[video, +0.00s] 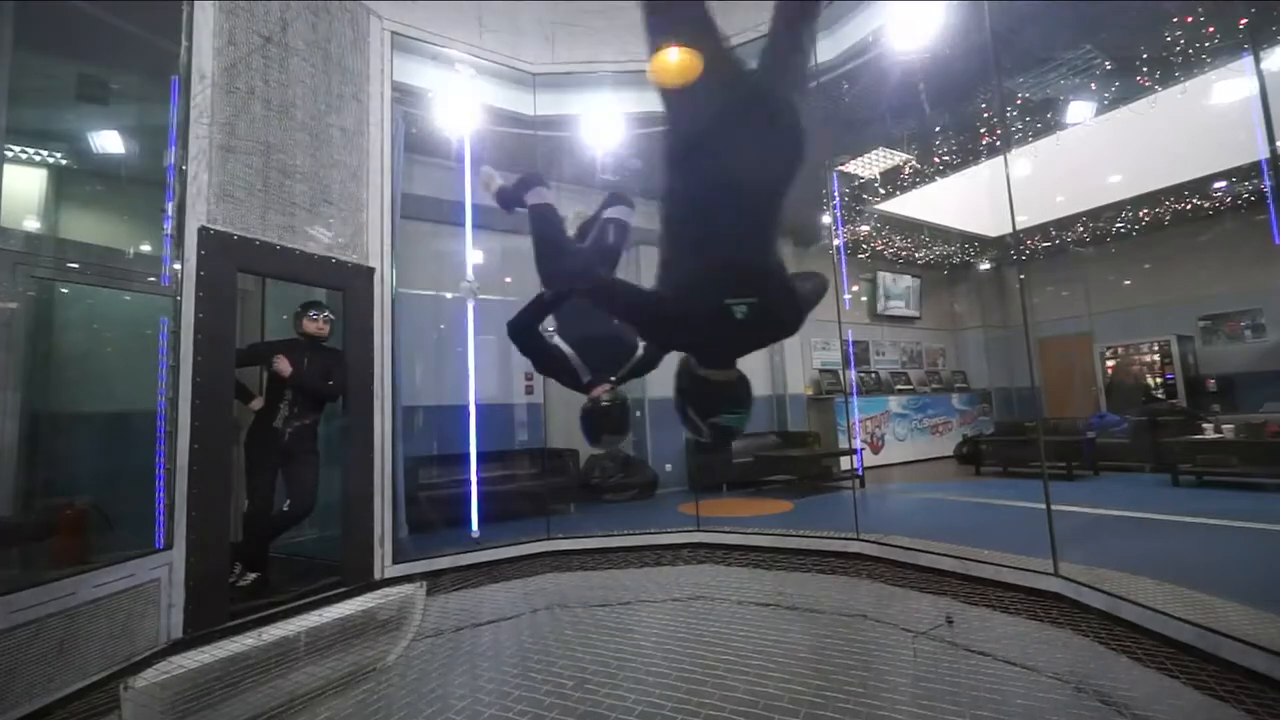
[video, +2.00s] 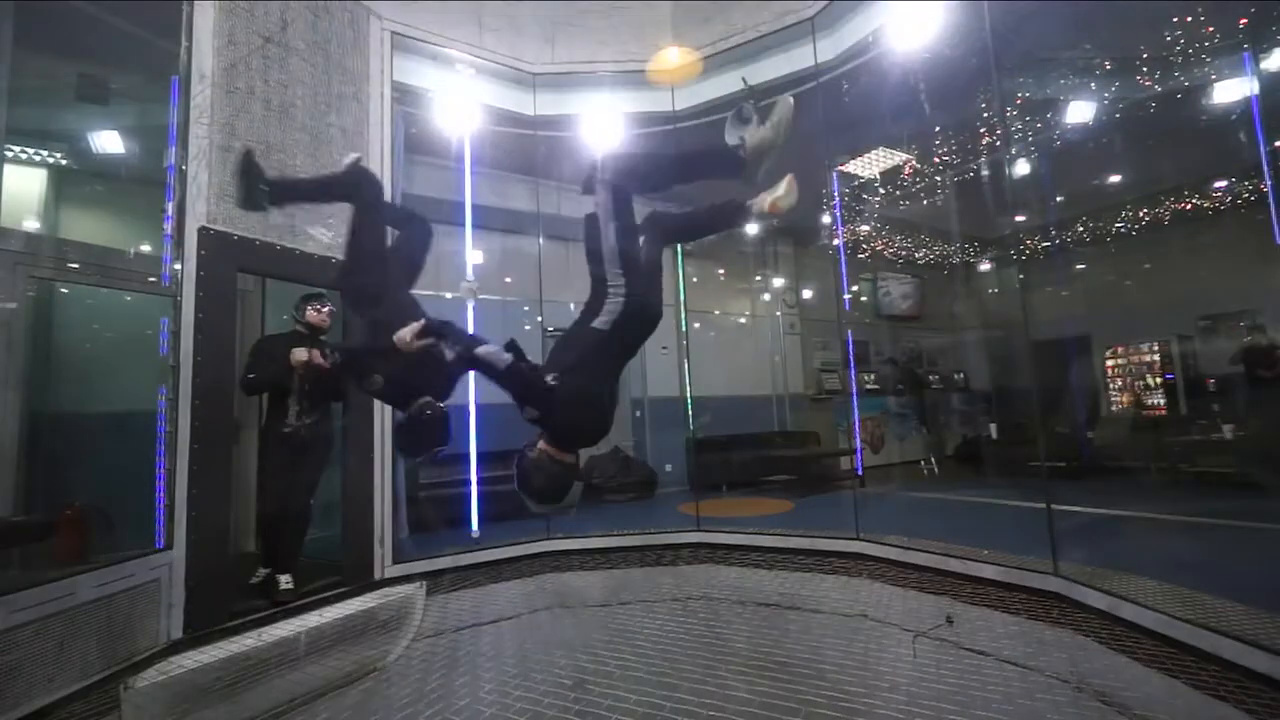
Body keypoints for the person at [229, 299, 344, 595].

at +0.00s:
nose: (321, 324)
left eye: (326, 320)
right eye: (313, 318)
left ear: (331, 325)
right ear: (300, 323)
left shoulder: (334, 357)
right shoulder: (279, 348)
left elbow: (333, 392)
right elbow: (224, 361)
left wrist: (292, 374)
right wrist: (250, 398)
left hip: (302, 440)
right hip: (264, 436)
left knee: (302, 505)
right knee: (260, 504)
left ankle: (242, 552)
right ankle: (255, 569)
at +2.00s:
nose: (325, 314)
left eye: (328, 311)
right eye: (318, 309)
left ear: (331, 318)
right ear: (301, 313)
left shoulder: (331, 353)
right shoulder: (271, 344)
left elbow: (341, 394)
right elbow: (249, 382)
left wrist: (324, 368)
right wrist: (287, 364)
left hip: (314, 438)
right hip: (277, 436)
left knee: (298, 501)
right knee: (270, 499)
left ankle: (286, 571)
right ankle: (267, 564)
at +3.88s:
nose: (315, 311)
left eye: (318, 307)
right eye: (306, 306)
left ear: (322, 313)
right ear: (289, 311)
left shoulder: (320, 351)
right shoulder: (264, 339)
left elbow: (353, 371)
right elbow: (230, 365)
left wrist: (356, 353)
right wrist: (273, 357)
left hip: (300, 437)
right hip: (263, 431)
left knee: (301, 508)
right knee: (230, 458)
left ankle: (282, 573)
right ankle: (227, 534)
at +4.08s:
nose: (310, 317)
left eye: (314, 313)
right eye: (301, 312)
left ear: (320, 322)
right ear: (284, 320)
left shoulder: (317, 355)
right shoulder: (262, 347)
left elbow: (335, 357)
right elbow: (209, 365)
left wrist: (352, 361)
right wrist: (252, 363)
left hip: (295, 446)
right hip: (256, 438)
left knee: (301, 517)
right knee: (216, 445)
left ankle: (281, 577)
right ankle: (191, 518)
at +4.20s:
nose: (305, 312)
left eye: (310, 309)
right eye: (297, 306)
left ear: (314, 321)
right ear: (280, 313)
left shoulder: (312, 352)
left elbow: (329, 356)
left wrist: (341, 356)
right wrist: (218, 349)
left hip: (282, 440)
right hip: (243, 431)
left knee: (288, 516)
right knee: (204, 426)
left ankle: (279, 575)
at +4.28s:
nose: (299, 306)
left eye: (305, 304)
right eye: (291, 301)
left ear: (309, 318)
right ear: (275, 308)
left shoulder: (309, 349)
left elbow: (364, 356)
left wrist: (338, 350)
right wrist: (182, 349)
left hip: (265, 434)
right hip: (222, 419)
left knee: (270, 518)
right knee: (194, 418)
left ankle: (265, 553)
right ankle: (124, 466)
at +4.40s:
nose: (287, 305)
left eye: (294, 304)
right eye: (280, 300)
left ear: (300, 318)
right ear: (263, 307)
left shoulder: (301, 350)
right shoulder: (231, 331)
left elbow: (363, 360)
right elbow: (180, 352)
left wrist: (333, 348)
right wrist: (175, 355)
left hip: (239, 440)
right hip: (199, 423)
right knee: (168, 385)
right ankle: (91, 442)